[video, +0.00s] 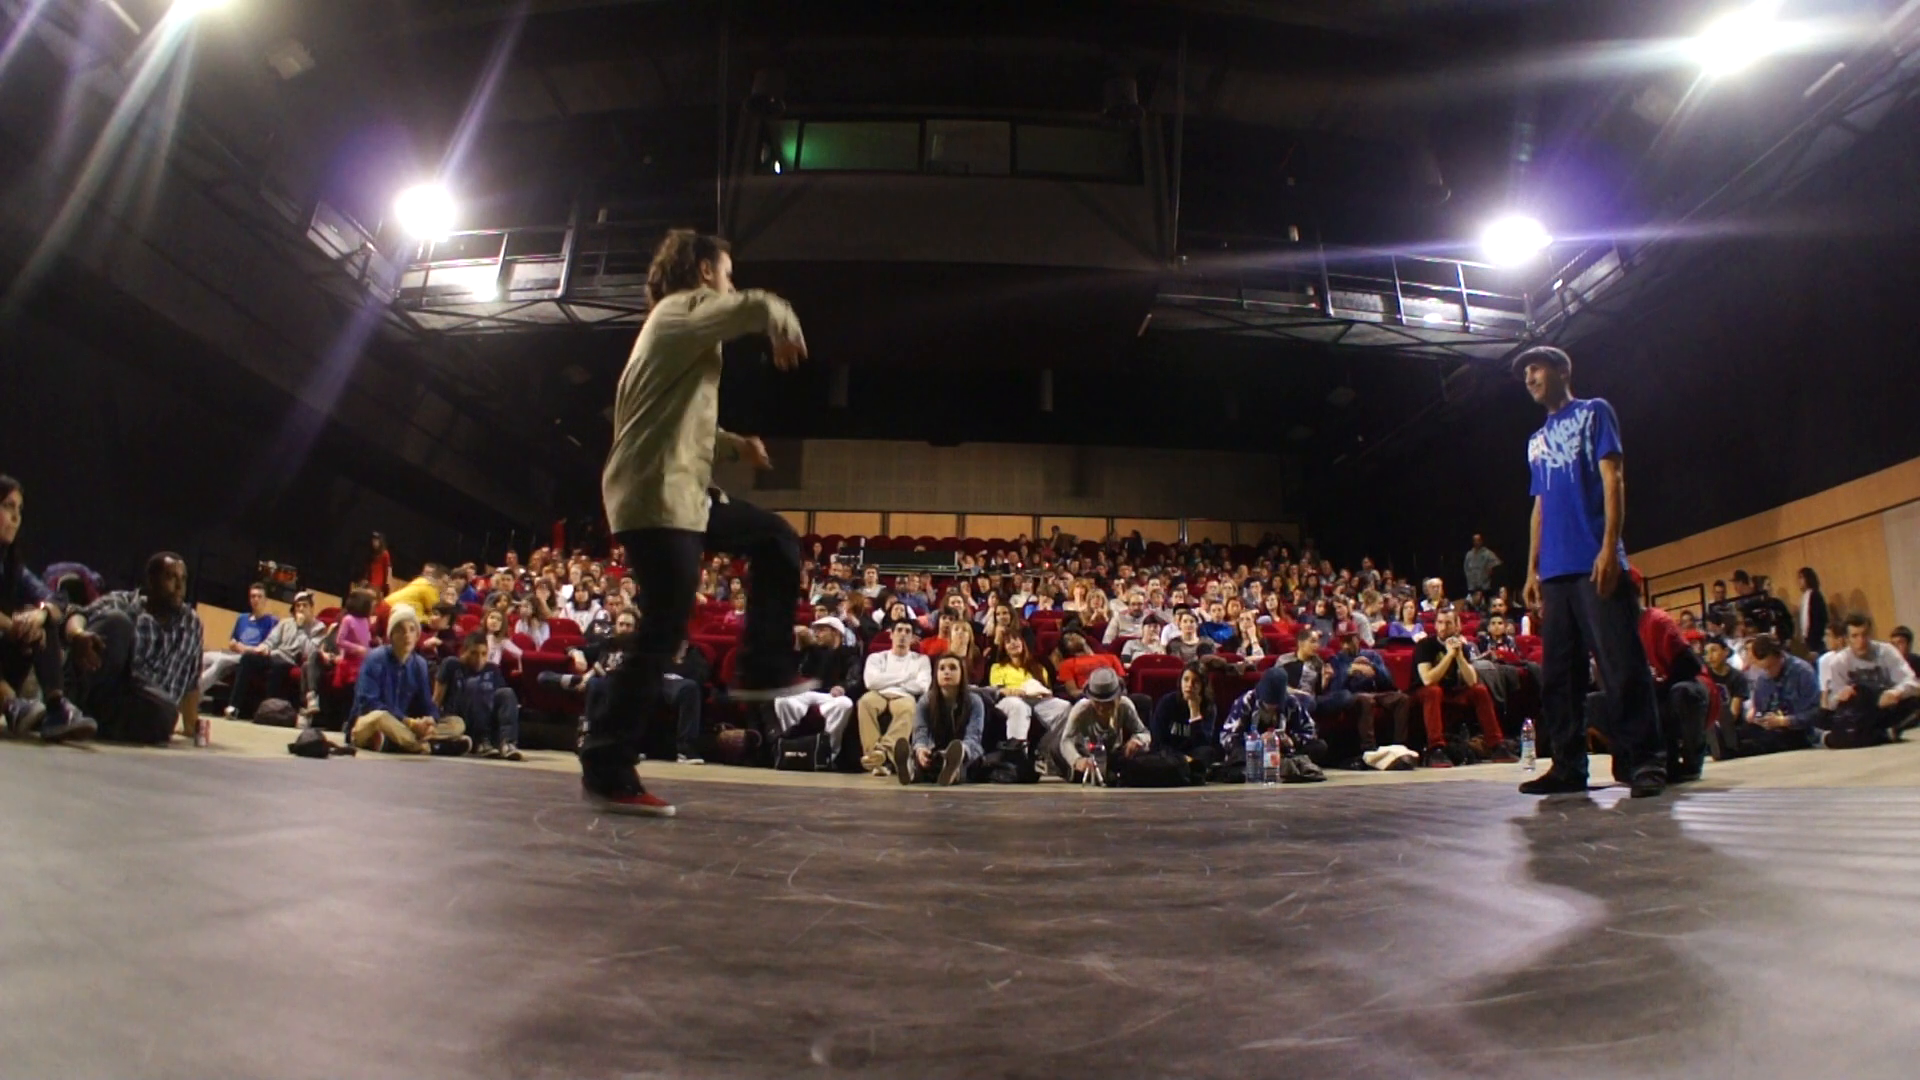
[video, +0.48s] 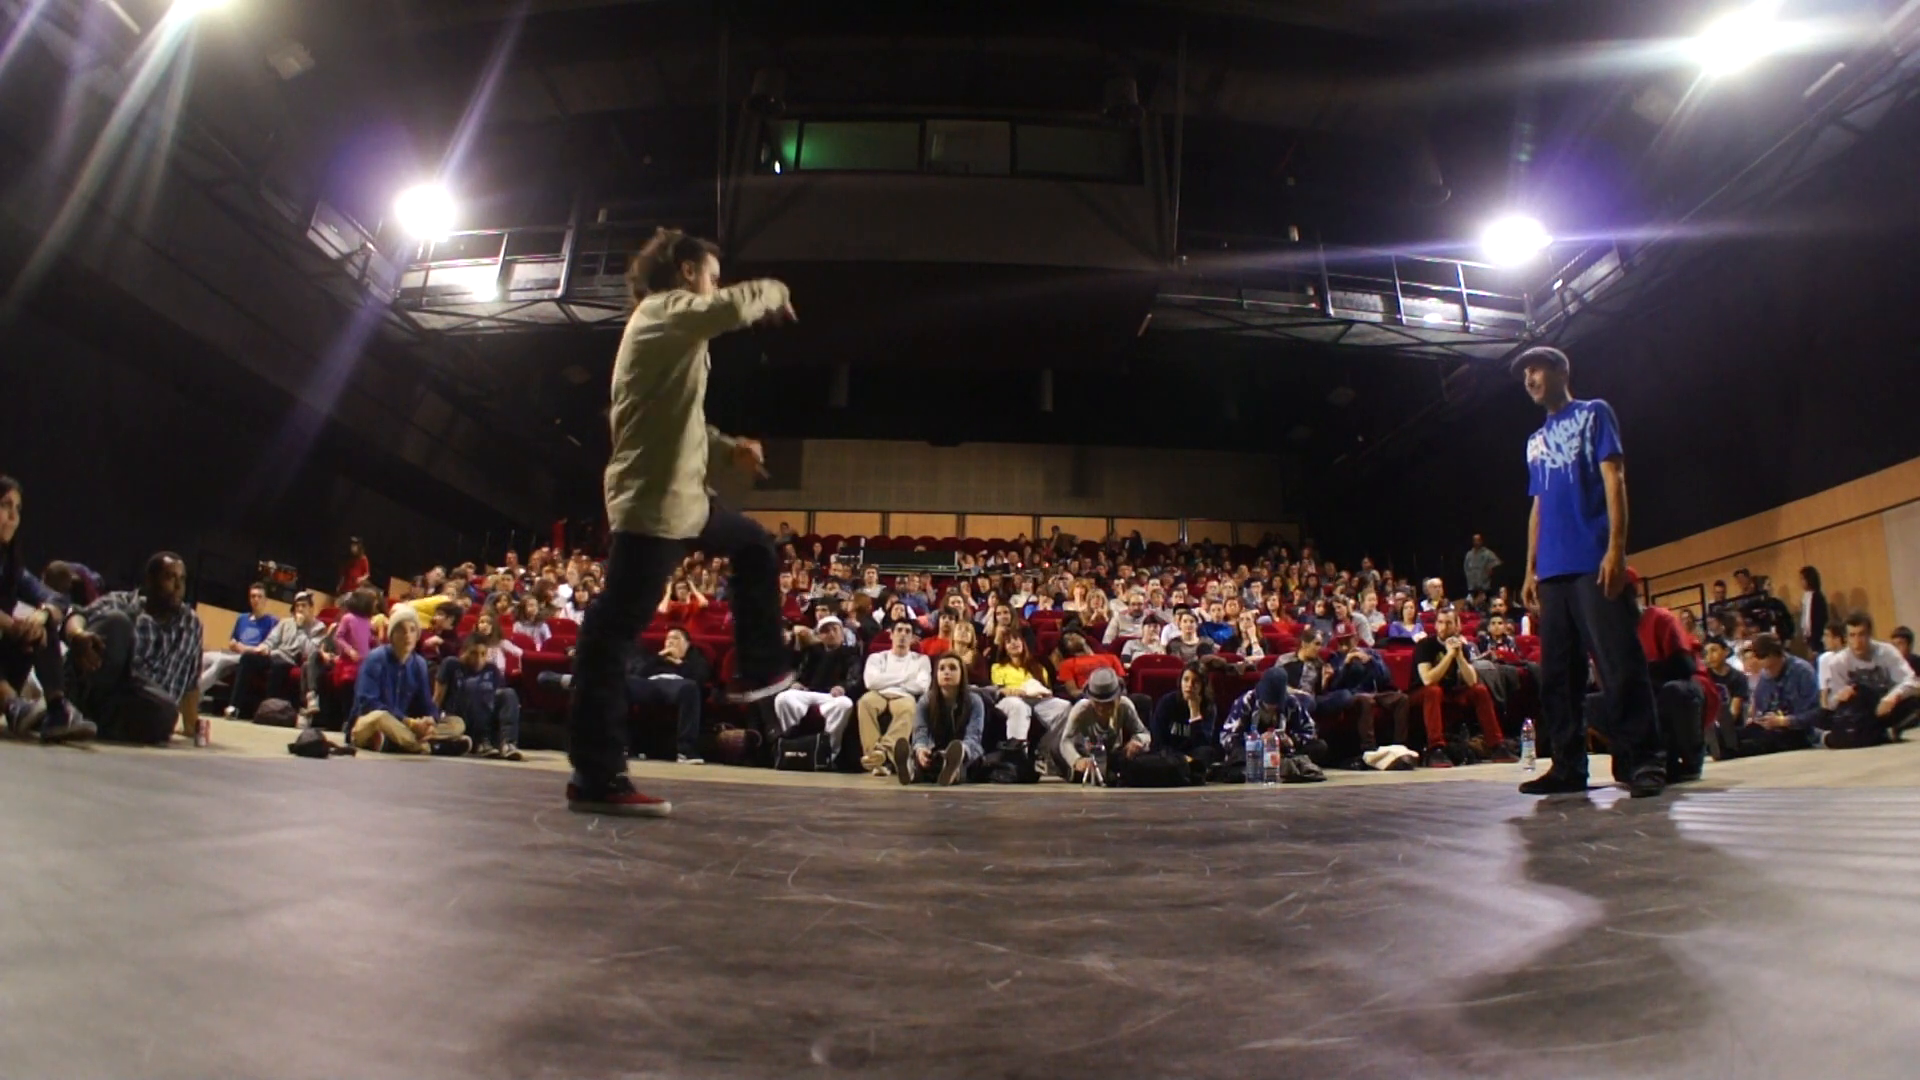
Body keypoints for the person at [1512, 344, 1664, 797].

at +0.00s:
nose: (1530, 379)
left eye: (1537, 370)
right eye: (1526, 375)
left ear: (1563, 372)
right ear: (1528, 385)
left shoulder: (1594, 411)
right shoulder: (1536, 442)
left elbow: (1614, 479)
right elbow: (1539, 507)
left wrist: (1610, 548)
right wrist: (1533, 569)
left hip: (1596, 566)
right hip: (1554, 574)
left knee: (1623, 669)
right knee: (1559, 674)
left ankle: (1646, 763)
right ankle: (1568, 766)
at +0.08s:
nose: (1530, 379)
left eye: (1537, 370)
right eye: (1526, 375)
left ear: (1563, 372)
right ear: (1528, 385)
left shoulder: (1594, 411)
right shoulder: (1536, 442)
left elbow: (1614, 479)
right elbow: (1539, 507)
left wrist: (1613, 548)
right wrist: (1533, 568)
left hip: (1595, 566)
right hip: (1554, 574)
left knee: (1624, 669)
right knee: (1560, 674)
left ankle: (1645, 763)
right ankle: (1568, 766)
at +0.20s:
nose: (1531, 380)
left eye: (1537, 370)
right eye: (1526, 375)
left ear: (1562, 372)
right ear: (1527, 385)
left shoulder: (1594, 412)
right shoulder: (1536, 442)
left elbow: (1614, 480)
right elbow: (1538, 507)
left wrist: (1616, 549)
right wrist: (1532, 568)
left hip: (1595, 565)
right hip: (1553, 574)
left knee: (1623, 668)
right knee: (1560, 674)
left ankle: (1645, 763)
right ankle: (1568, 766)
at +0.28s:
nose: (1531, 381)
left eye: (1538, 371)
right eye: (1526, 376)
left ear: (1561, 372)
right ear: (1526, 386)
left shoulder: (1594, 412)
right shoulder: (1535, 442)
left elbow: (1615, 479)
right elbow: (1538, 508)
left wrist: (1617, 549)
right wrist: (1532, 568)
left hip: (1595, 565)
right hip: (1552, 573)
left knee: (1622, 668)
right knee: (1559, 674)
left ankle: (1645, 763)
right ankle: (1568, 766)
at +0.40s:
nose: (1531, 381)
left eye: (1538, 371)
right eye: (1526, 376)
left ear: (1561, 373)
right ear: (1526, 386)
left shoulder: (1594, 413)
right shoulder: (1535, 442)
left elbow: (1615, 479)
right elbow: (1538, 507)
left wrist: (1617, 549)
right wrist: (1532, 568)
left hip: (1594, 565)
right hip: (1552, 574)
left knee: (1622, 668)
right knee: (1559, 674)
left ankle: (1645, 763)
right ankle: (1568, 766)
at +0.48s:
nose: (1530, 379)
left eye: (1537, 369)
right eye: (1525, 375)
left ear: (1562, 372)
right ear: (1527, 385)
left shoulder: (1594, 413)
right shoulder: (1535, 442)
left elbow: (1615, 479)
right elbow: (1537, 507)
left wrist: (1616, 549)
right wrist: (1532, 568)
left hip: (1594, 565)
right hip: (1551, 574)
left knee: (1622, 668)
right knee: (1558, 675)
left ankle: (1646, 762)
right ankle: (1568, 766)